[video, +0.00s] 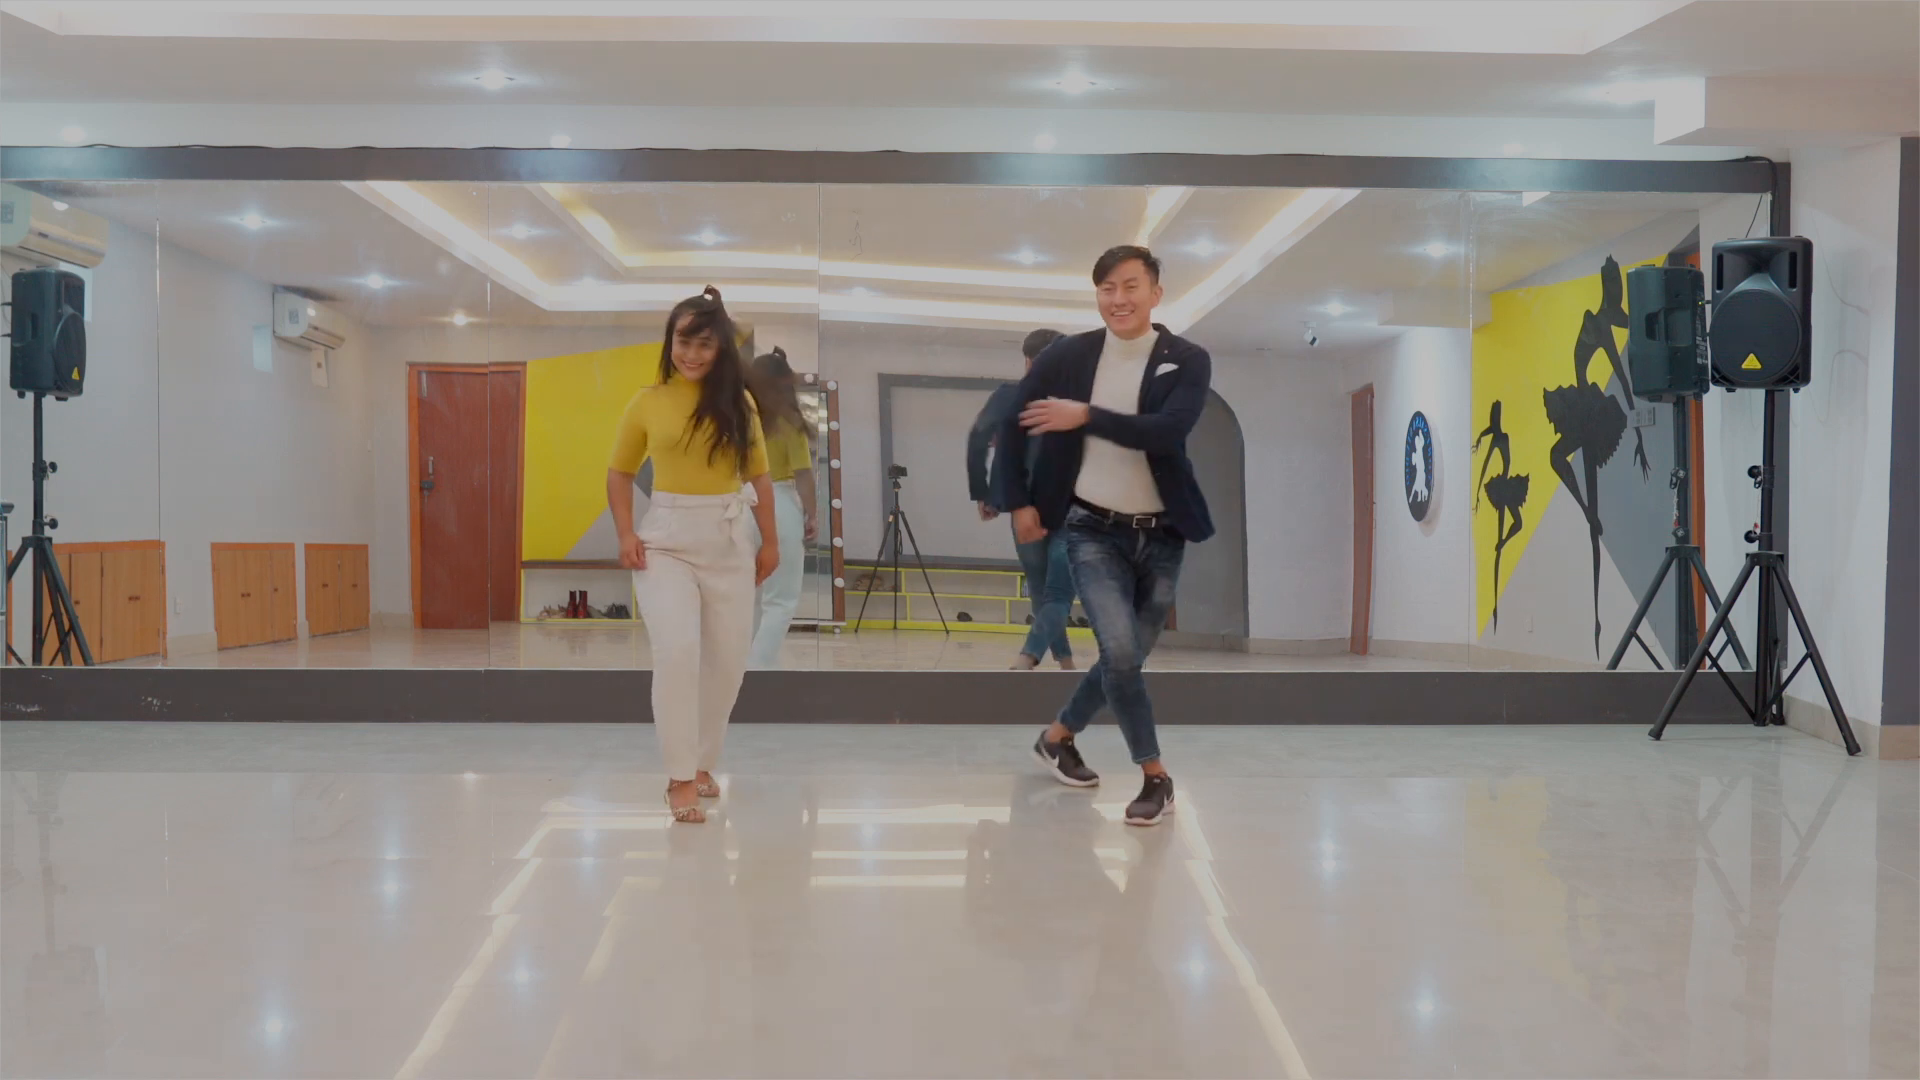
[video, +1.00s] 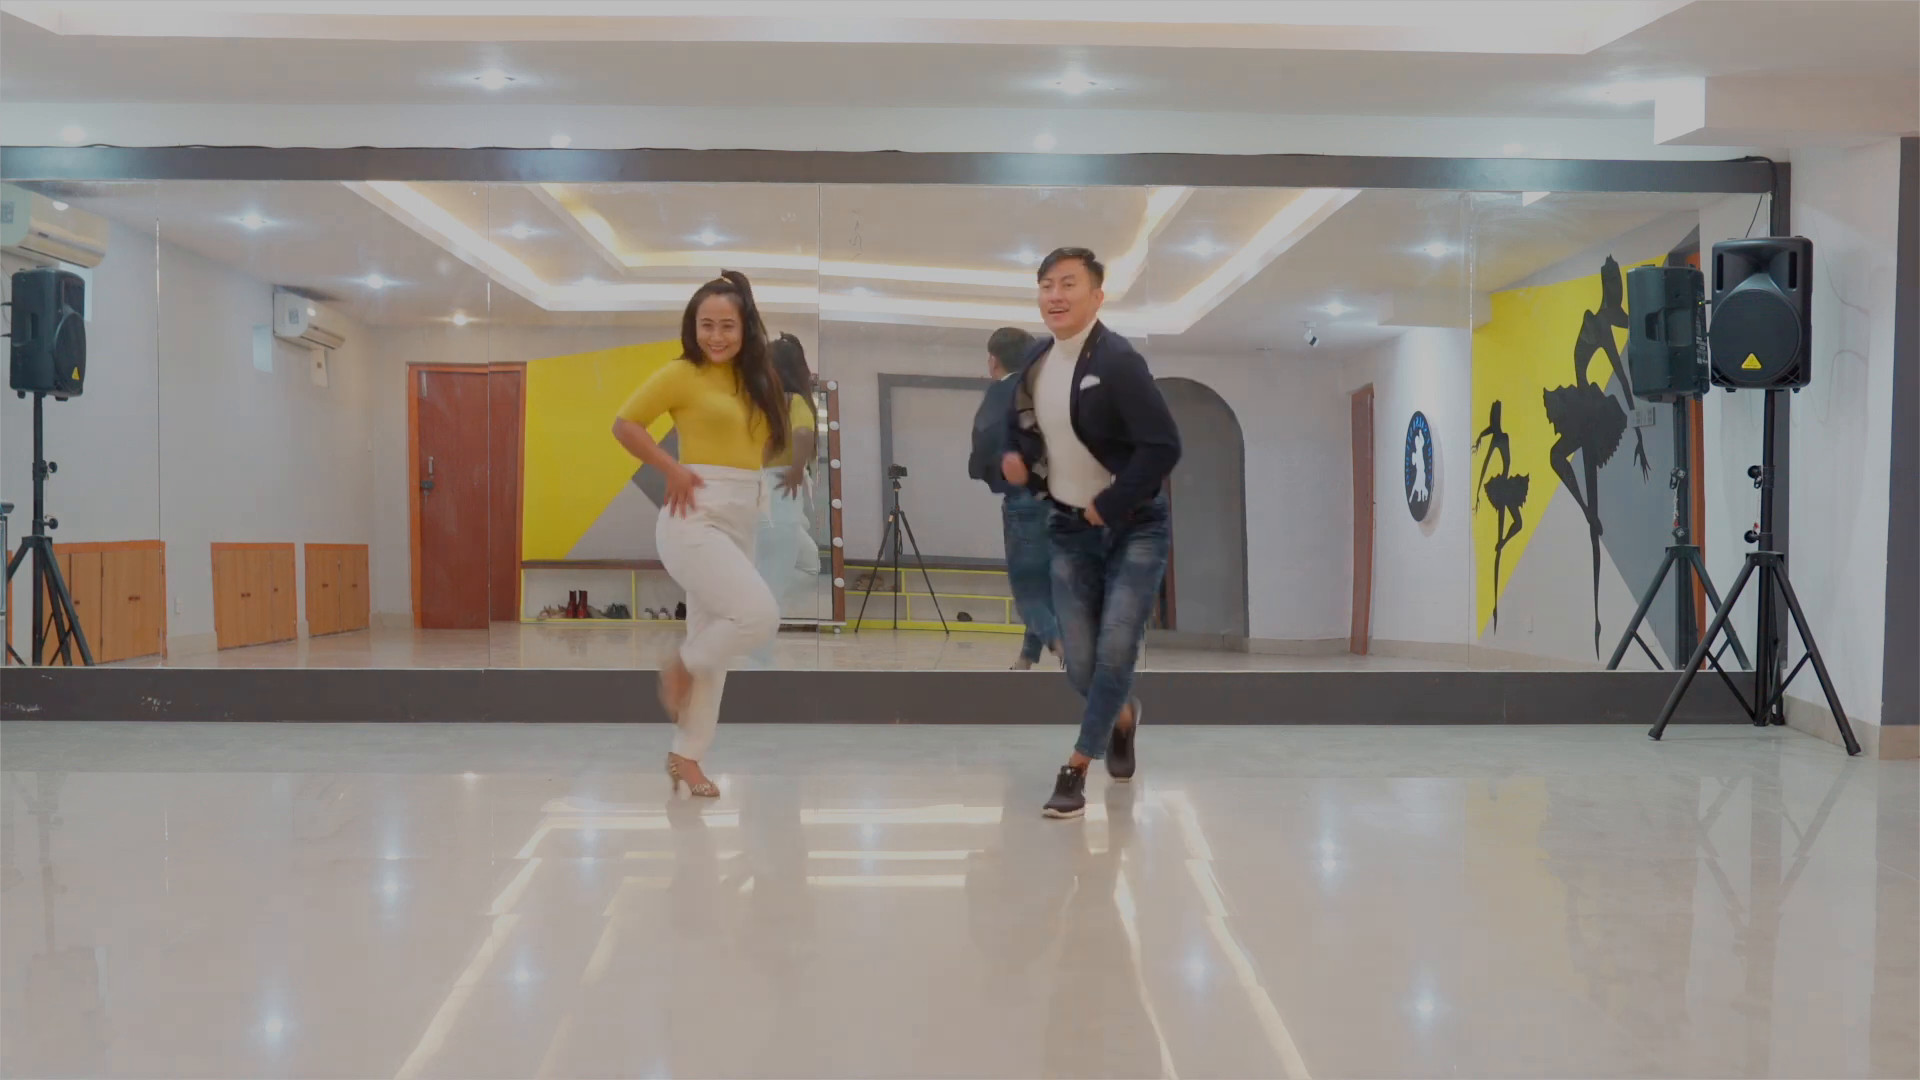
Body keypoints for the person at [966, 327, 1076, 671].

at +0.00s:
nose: (1039, 366)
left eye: (1035, 359)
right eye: (1043, 359)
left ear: (1027, 360)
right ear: (1064, 360)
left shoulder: (1010, 394)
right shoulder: (1075, 396)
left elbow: (977, 437)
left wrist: (981, 493)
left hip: (1023, 504)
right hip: (1069, 504)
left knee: (1040, 588)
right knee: (1061, 589)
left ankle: (1065, 659)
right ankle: (1028, 658)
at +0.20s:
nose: (1017, 364)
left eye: (1018, 359)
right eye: (1019, 358)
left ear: (1025, 362)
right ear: (1057, 358)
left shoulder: (1025, 396)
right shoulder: (1076, 389)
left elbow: (1023, 447)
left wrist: (994, 490)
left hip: (1034, 500)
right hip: (1074, 498)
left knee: (1041, 580)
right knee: (1070, 581)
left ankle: (1064, 656)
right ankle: (1057, 648)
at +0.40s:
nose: (1013, 355)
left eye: (1014, 349)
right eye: (1014, 348)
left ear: (1020, 352)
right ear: (1051, 350)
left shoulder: (1027, 387)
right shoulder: (1069, 384)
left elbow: (1025, 446)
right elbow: (1075, 436)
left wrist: (1006, 452)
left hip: (1043, 503)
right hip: (1075, 499)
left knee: (1047, 586)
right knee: (1070, 578)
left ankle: (1066, 662)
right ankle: (1104, 606)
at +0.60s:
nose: (1012, 355)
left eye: (1013, 349)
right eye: (1013, 349)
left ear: (1019, 352)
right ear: (1052, 346)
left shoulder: (1022, 388)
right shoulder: (1073, 377)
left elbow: (989, 441)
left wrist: (1011, 420)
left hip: (1052, 501)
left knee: (1055, 582)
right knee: (991, 543)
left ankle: (1079, 663)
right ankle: (1052, 605)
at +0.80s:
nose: (1008, 356)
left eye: (1008, 350)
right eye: (1010, 350)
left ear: (1012, 349)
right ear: (1047, 347)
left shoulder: (1005, 386)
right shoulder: (1067, 375)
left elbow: (953, 436)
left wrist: (973, 480)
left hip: (1037, 491)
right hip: (1080, 486)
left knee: (1032, 575)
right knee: (1033, 570)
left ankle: (1074, 654)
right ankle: (1029, 649)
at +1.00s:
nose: (988, 364)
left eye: (989, 359)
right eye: (988, 359)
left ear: (996, 361)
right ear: (1029, 358)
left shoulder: (1000, 391)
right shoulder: (1048, 385)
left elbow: (986, 438)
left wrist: (979, 468)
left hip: (1023, 497)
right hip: (1061, 493)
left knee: (1026, 580)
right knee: (1046, 579)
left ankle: (1057, 643)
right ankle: (1027, 658)